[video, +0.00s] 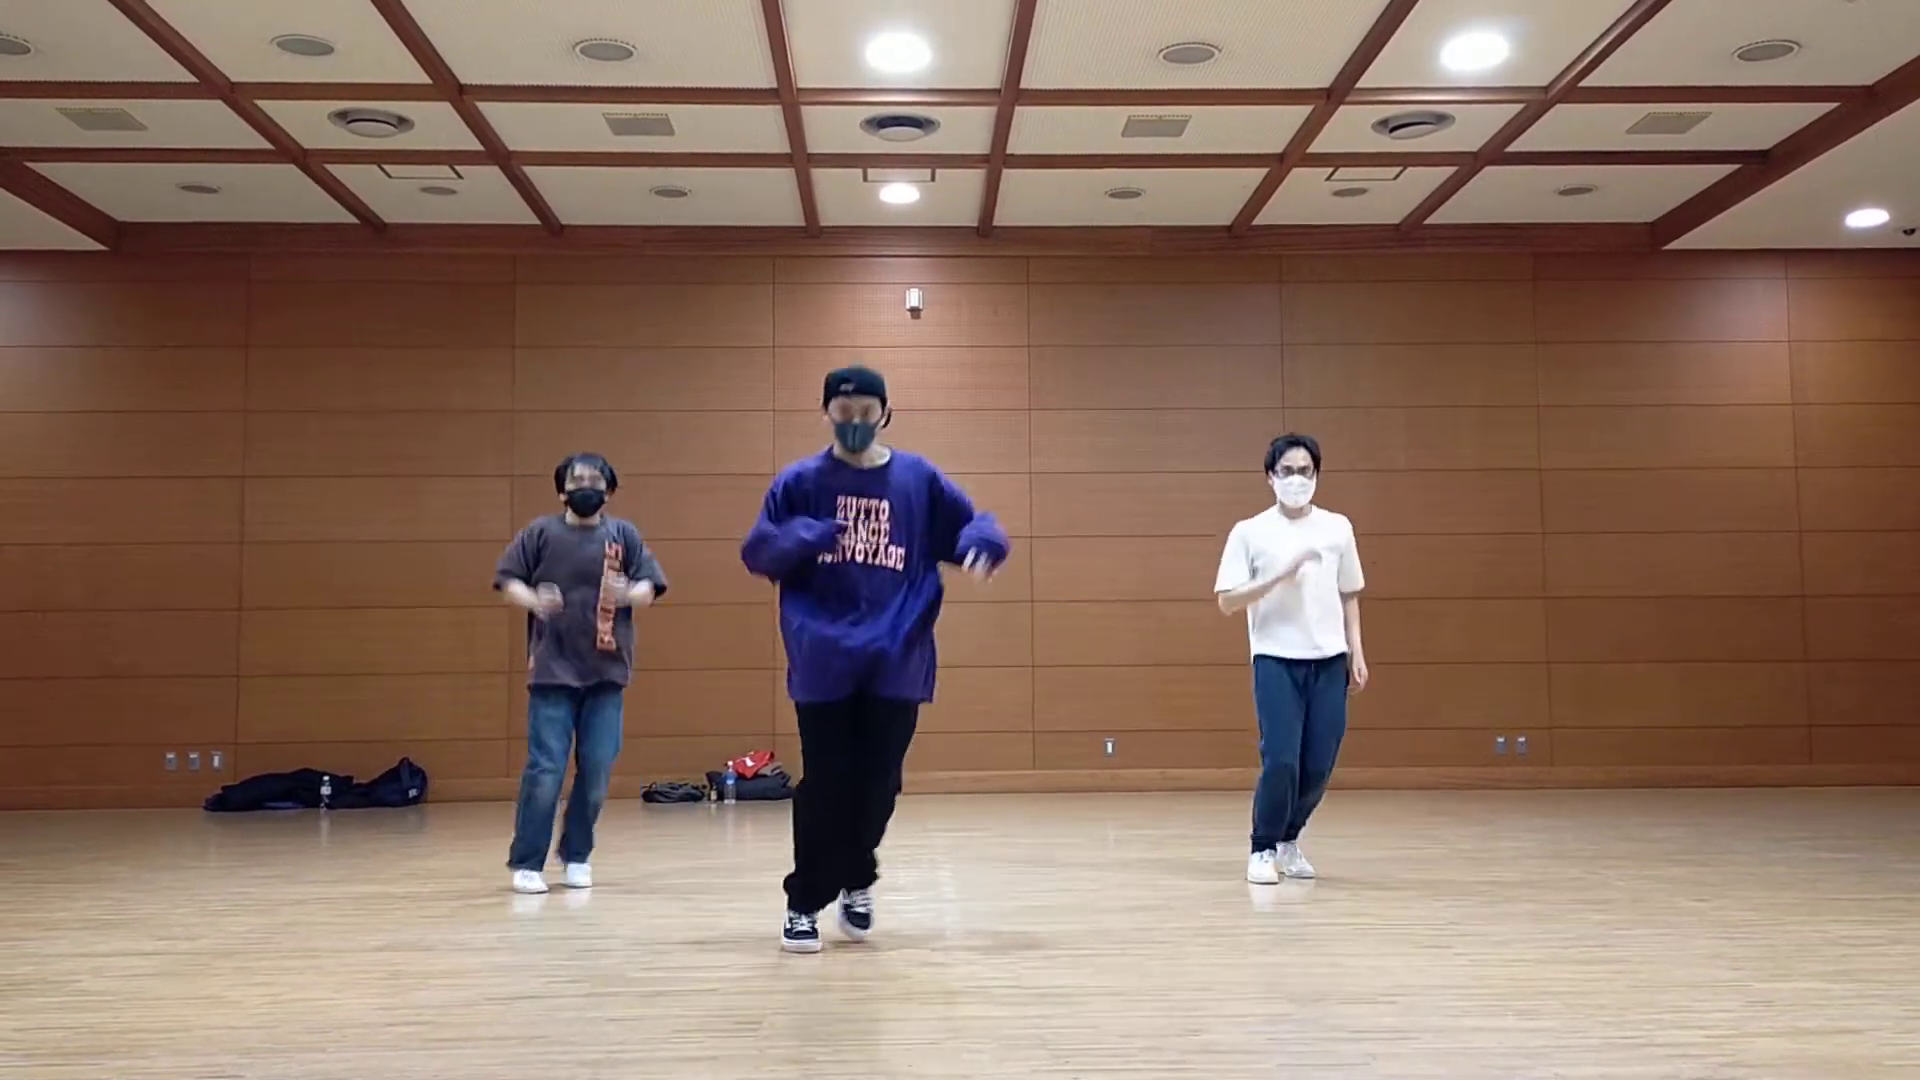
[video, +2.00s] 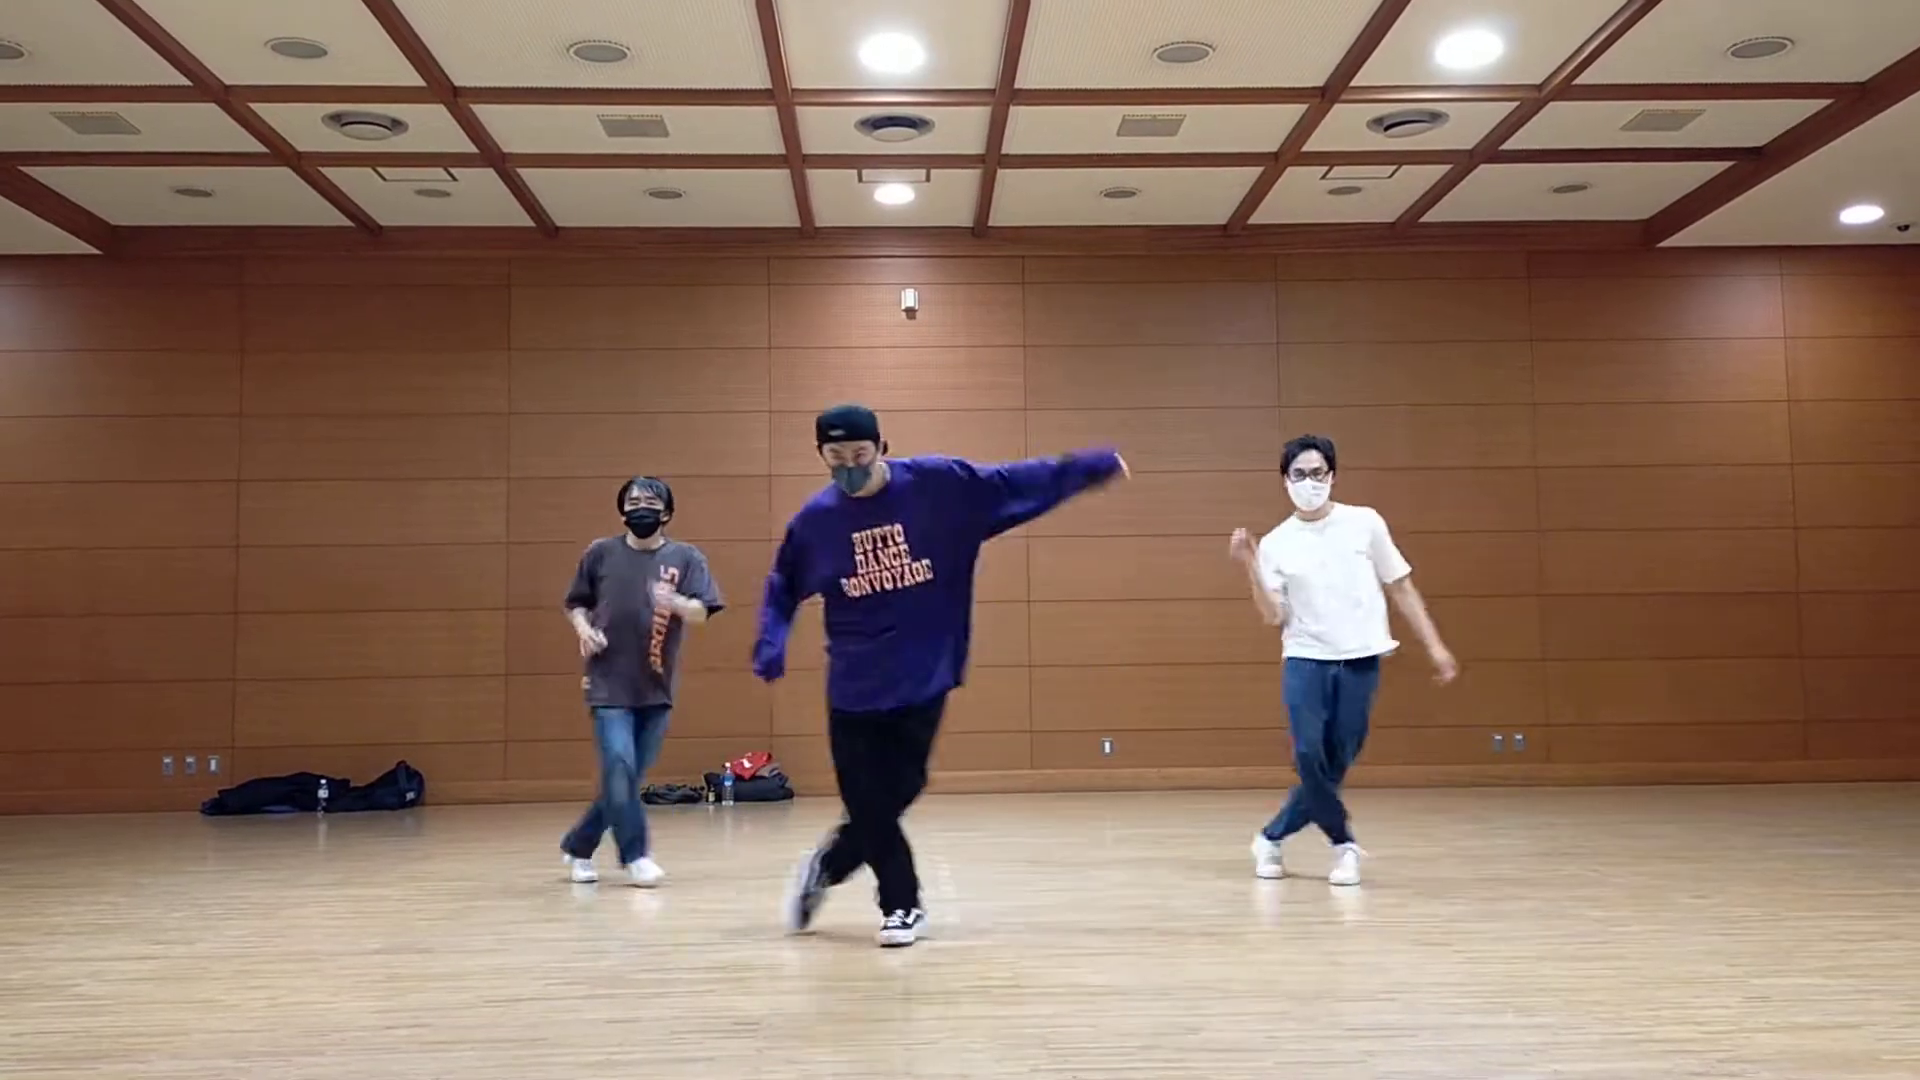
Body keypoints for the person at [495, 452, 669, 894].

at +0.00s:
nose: (586, 484)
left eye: (595, 478)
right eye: (577, 477)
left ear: (608, 489)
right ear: (563, 488)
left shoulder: (623, 534)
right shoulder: (541, 532)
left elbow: (652, 584)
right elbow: (506, 578)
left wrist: (627, 593)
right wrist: (533, 599)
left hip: (606, 673)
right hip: (553, 671)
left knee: (597, 770)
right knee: (546, 769)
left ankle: (577, 856)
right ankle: (527, 864)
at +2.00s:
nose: (641, 508)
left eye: (650, 502)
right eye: (634, 502)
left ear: (665, 511)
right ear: (623, 510)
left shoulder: (686, 559)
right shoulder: (601, 554)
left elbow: (703, 611)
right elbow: (576, 603)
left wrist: (675, 603)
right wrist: (584, 628)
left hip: (657, 687)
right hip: (609, 684)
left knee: (631, 776)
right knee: (620, 764)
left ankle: (578, 846)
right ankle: (635, 855)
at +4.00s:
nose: (600, 508)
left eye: (609, 501)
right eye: (593, 501)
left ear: (625, 511)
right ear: (582, 510)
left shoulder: (647, 556)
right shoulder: (563, 553)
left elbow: (657, 612)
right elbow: (544, 606)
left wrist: (621, 620)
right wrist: (527, 647)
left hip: (627, 688)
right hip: (578, 686)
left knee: (607, 775)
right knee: (582, 771)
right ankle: (612, 855)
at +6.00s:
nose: (636, 508)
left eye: (644, 501)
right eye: (629, 502)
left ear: (659, 507)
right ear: (619, 510)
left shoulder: (678, 546)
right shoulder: (612, 554)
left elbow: (687, 596)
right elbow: (601, 609)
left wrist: (649, 603)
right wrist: (586, 650)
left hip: (674, 681)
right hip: (628, 683)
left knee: (675, 774)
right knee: (628, 772)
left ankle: (683, 855)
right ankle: (636, 857)